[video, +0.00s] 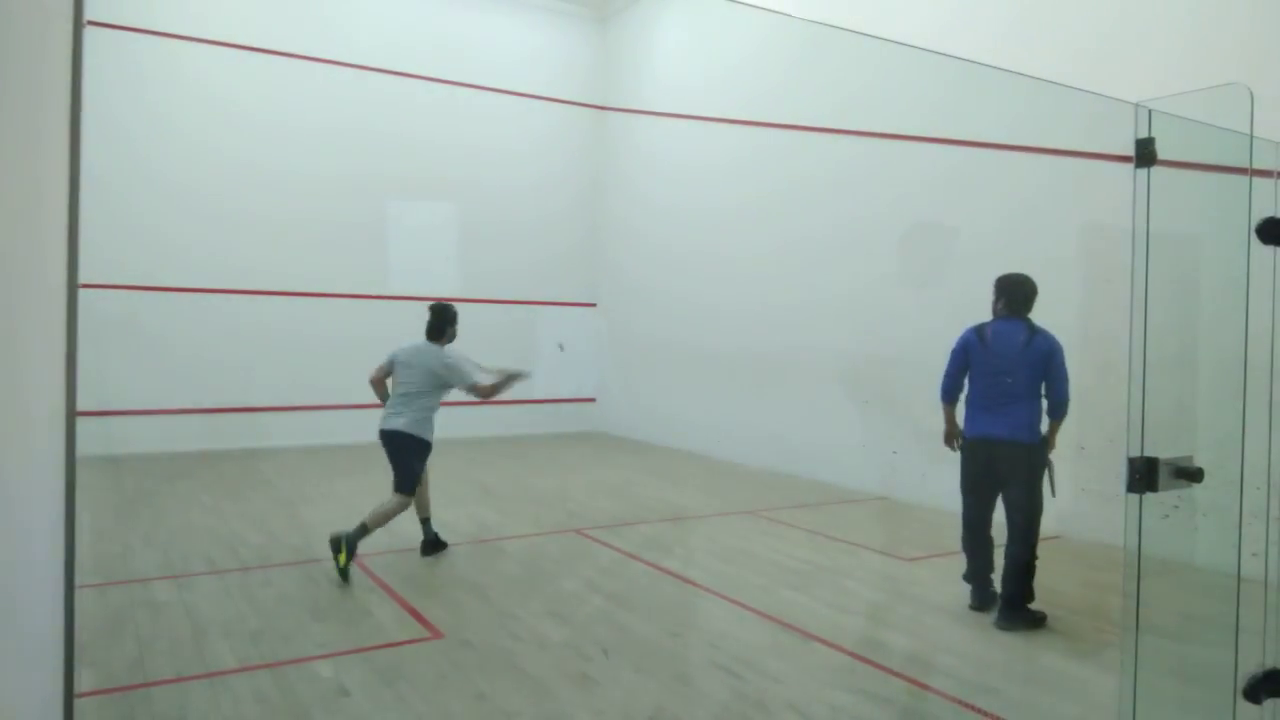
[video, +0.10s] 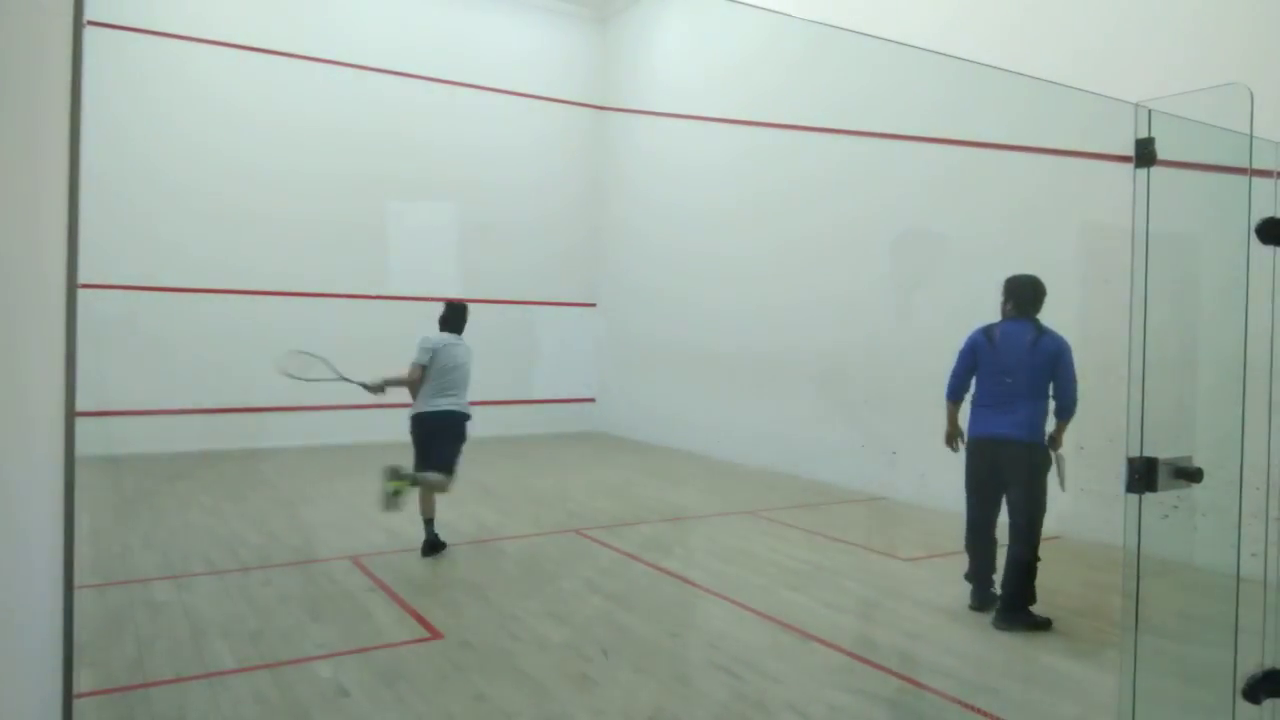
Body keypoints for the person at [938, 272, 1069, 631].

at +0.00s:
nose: (991, 303)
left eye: (993, 298)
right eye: (994, 298)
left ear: (999, 301)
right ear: (1029, 304)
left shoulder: (974, 337)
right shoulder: (1045, 343)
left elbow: (950, 384)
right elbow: (1058, 398)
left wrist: (950, 423)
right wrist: (1051, 436)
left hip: (978, 450)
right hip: (1023, 452)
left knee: (975, 522)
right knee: (1023, 530)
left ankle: (981, 593)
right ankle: (1013, 609)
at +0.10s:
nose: (1000, 305)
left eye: (1002, 299)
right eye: (1004, 299)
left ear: (1007, 303)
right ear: (1038, 305)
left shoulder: (982, 337)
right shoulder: (1054, 344)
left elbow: (957, 382)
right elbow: (1066, 398)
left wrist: (952, 423)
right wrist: (1058, 432)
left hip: (982, 449)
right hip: (1027, 451)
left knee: (980, 521)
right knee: (1025, 530)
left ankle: (981, 593)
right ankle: (1014, 610)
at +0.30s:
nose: (1072, 346)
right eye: (1074, 341)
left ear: (1042, 333)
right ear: (1070, 342)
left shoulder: (1011, 357)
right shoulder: (1070, 376)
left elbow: (971, 367)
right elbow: (1110, 416)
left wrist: (947, 376)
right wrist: (1139, 416)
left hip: (981, 452)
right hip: (1021, 458)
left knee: (998, 502)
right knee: (1038, 534)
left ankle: (1007, 566)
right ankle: (1013, 609)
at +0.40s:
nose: (1075, 356)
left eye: (1073, 350)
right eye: (1075, 351)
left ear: (1045, 345)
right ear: (1072, 354)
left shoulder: (1018, 368)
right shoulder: (1069, 387)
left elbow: (977, 385)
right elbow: (1099, 417)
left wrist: (937, 403)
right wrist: (1132, 398)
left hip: (992, 456)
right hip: (1027, 462)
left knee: (1028, 509)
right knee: (1019, 527)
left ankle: (1036, 562)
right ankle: (987, 592)